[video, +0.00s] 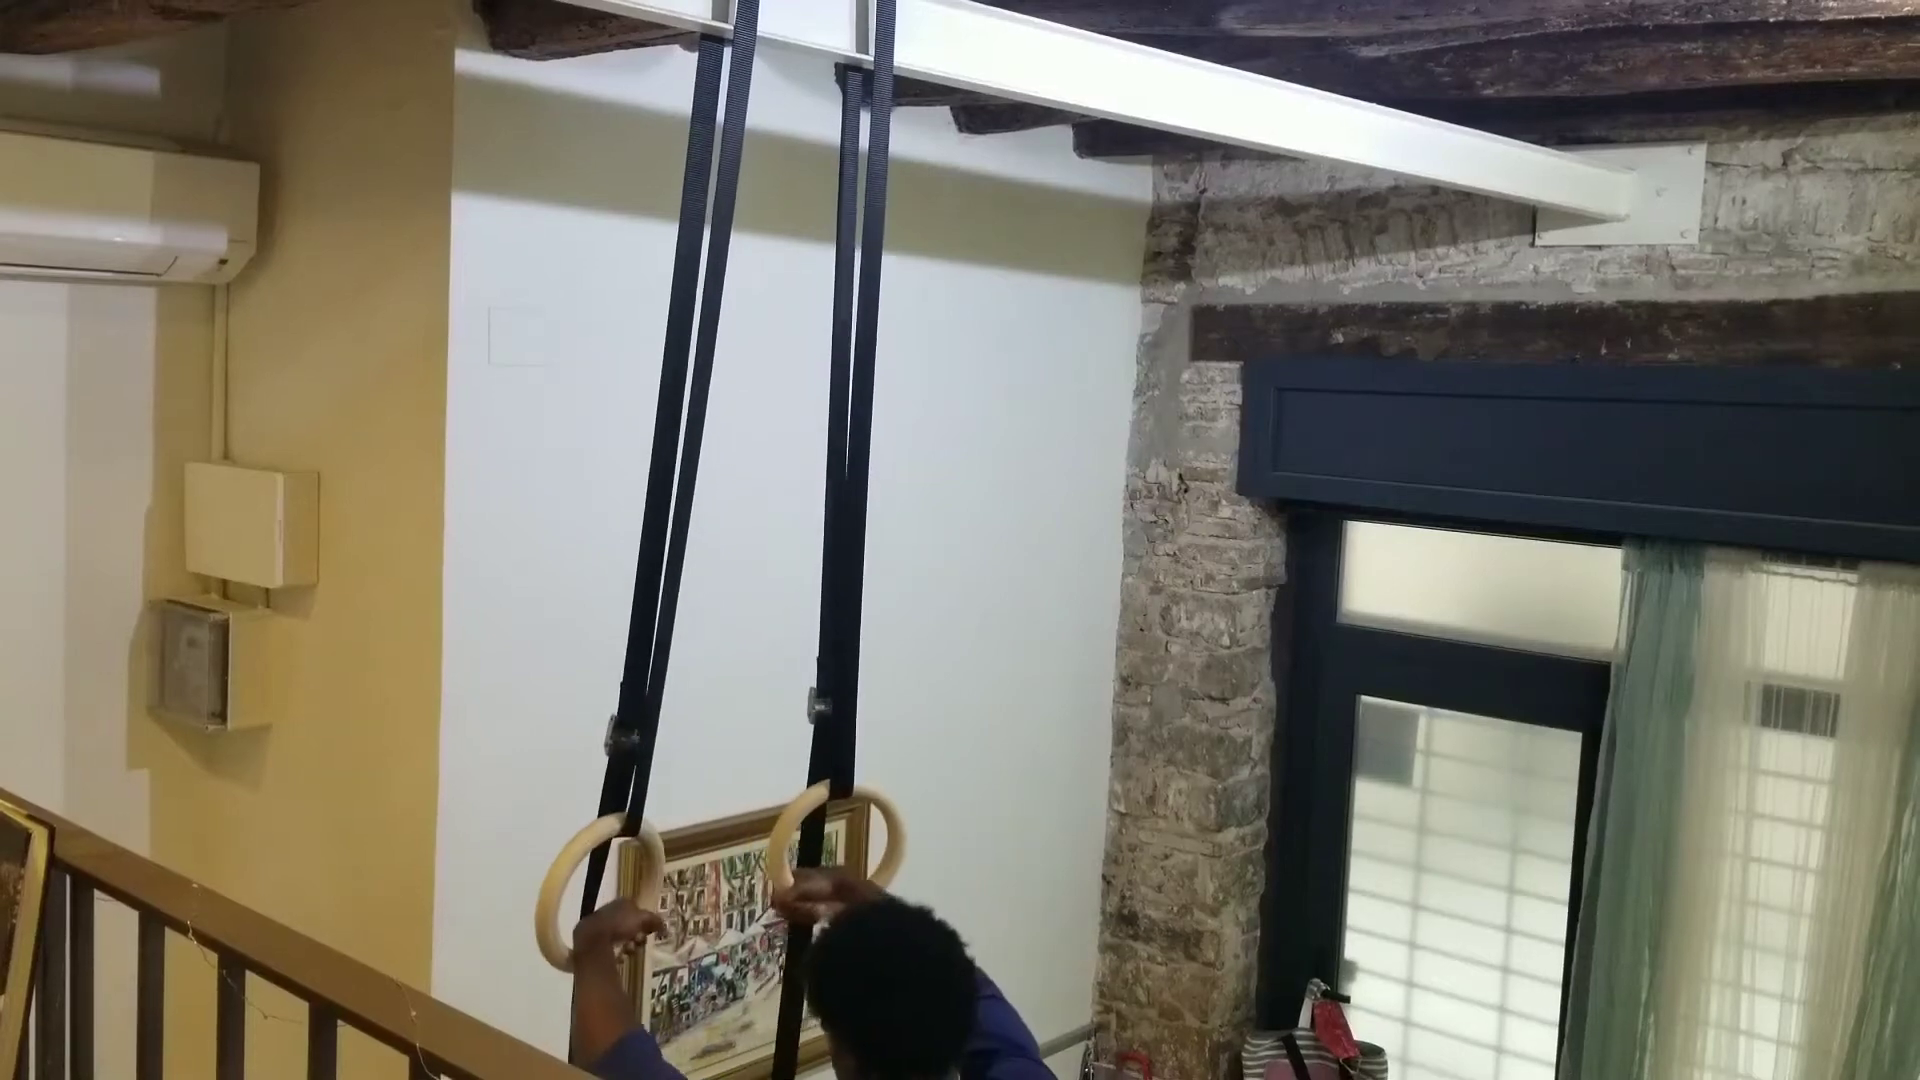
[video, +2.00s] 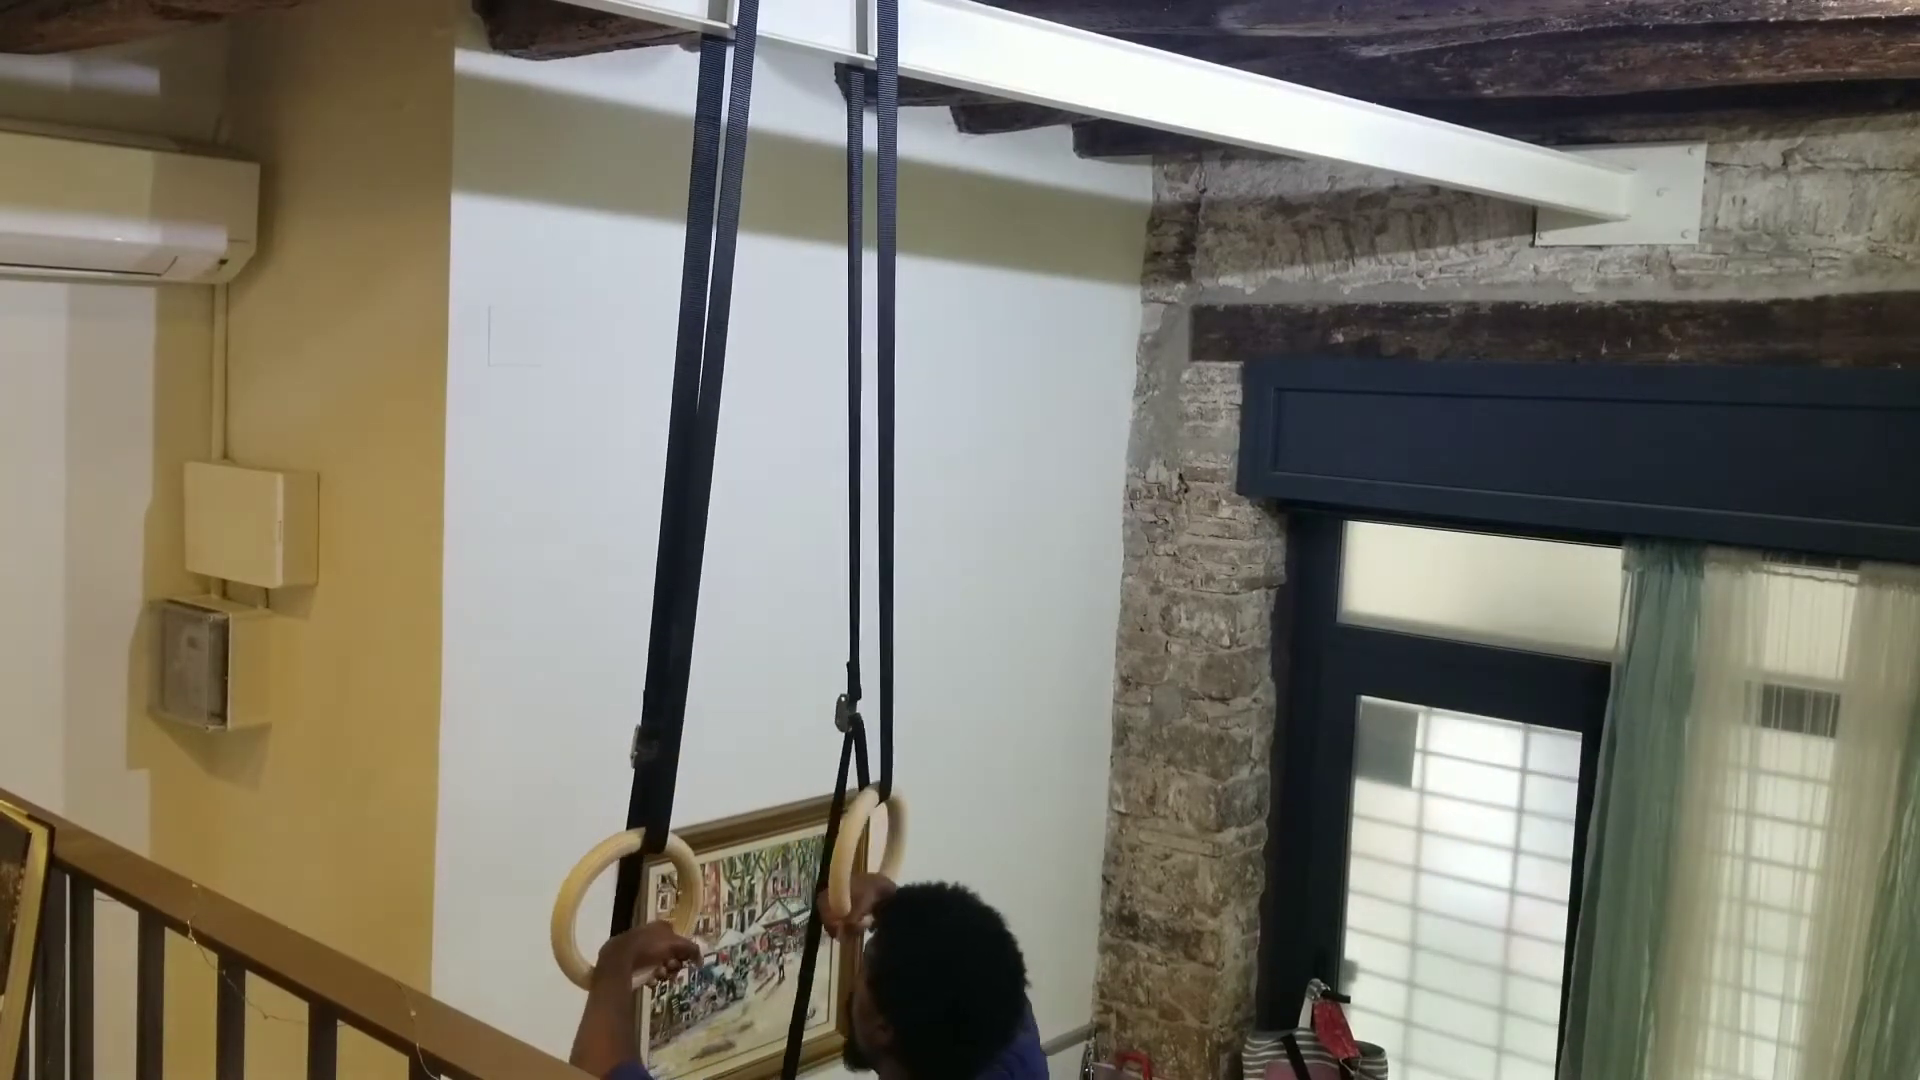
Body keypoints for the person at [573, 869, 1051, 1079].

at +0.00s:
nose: (822, 1032)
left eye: (826, 1025)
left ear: (842, 1045)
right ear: (960, 1001)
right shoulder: (1008, 1069)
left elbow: (615, 1053)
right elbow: (964, 980)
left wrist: (592, 954)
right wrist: (878, 905)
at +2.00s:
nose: (856, 972)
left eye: (865, 975)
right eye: (868, 962)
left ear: (882, 1032)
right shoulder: (1016, 1056)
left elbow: (605, 1068)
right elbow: (991, 974)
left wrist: (614, 966)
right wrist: (890, 902)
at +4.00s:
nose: (678, 388)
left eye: (682, 365)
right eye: (683, 364)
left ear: (701, 375)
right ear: (796, 376)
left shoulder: (684, 493)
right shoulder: (876, 487)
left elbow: (676, 731)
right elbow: (899, 690)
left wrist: (642, 902)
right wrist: (881, 847)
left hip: (747, 826)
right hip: (854, 823)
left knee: (575, 1020)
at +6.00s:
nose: (631, 399)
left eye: (633, 378)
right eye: (631, 378)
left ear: (657, 375)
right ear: (741, 376)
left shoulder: (657, 478)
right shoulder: (845, 472)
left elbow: (643, 694)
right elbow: (859, 637)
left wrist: (600, 867)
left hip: (726, 800)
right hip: (837, 805)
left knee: (621, 1035)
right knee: (702, 1042)